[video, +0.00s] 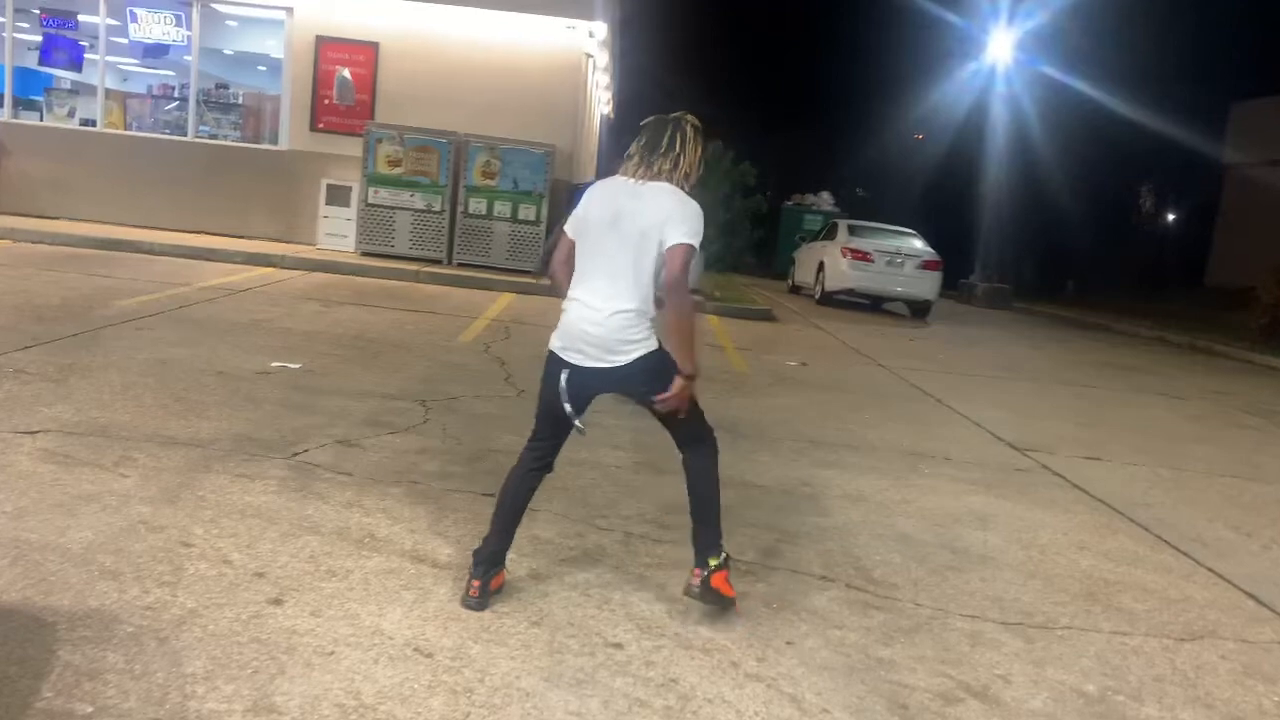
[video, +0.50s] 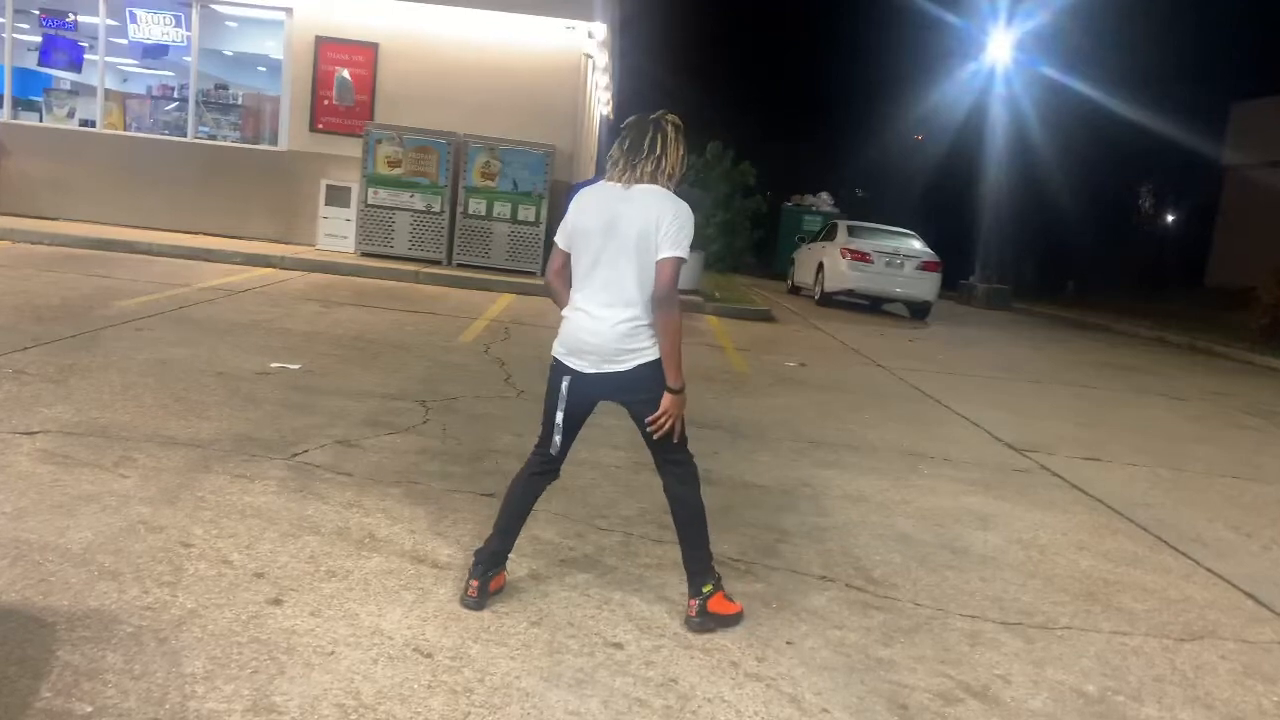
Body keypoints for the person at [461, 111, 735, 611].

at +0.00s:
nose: (696, 169)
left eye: (696, 162)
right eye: (696, 161)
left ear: (639, 149)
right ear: (687, 160)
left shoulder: (597, 191)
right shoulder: (681, 206)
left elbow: (559, 274)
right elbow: (674, 282)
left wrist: (600, 301)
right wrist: (687, 370)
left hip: (572, 351)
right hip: (636, 354)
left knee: (536, 453)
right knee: (698, 441)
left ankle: (484, 570)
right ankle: (710, 565)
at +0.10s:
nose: (693, 170)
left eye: (692, 162)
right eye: (693, 162)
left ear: (637, 151)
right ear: (683, 161)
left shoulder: (596, 194)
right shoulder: (683, 212)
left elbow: (559, 272)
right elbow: (671, 294)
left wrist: (592, 311)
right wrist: (701, 386)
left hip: (578, 359)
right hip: (645, 364)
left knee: (542, 458)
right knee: (682, 467)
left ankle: (484, 571)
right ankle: (712, 588)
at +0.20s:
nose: (691, 169)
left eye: (689, 162)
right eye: (689, 162)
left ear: (632, 154)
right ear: (679, 162)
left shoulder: (594, 198)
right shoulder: (682, 213)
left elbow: (560, 273)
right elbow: (672, 300)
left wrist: (589, 319)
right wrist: (684, 384)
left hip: (574, 361)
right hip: (642, 365)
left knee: (539, 458)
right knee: (691, 461)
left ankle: (482, 570)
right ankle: (719, 585)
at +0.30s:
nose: (687, 168)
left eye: (687, 160)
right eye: (686, 160)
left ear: (629, 150)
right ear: (676, 159)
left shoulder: (591, 197)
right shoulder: (678, 210)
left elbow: (558, 274)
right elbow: (668, 296)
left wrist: (588, 319)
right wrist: (675, 384)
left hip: (576, 360)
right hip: (640, 365)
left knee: (541, 458)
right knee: (677, 464)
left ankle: (483, 571)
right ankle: (703, 592)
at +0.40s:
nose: (684, 166)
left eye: (683, 158)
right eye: (682, 159)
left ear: (626, 150)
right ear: (672, 158)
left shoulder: (587, 198)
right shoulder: (675, 210)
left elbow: (556, 277)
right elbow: (667, 297)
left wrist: (587, 320)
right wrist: (677, 384)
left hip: (576, 359)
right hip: (639, 364)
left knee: (543, 462)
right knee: (678, 465)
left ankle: (484, 572)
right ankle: (707, 590)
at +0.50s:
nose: (680, 165)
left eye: (680, 157)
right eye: (678, 157)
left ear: (622, 149)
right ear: (669, 157)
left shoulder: (584, 197)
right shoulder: (672, 208)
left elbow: (555, 275)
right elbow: (664, 295)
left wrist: (585, 318)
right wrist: (674, 384)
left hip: (574, 361)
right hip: (638, 365)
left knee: (542, 461)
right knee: (677, 467)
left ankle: (484, 571)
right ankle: (704, 591)